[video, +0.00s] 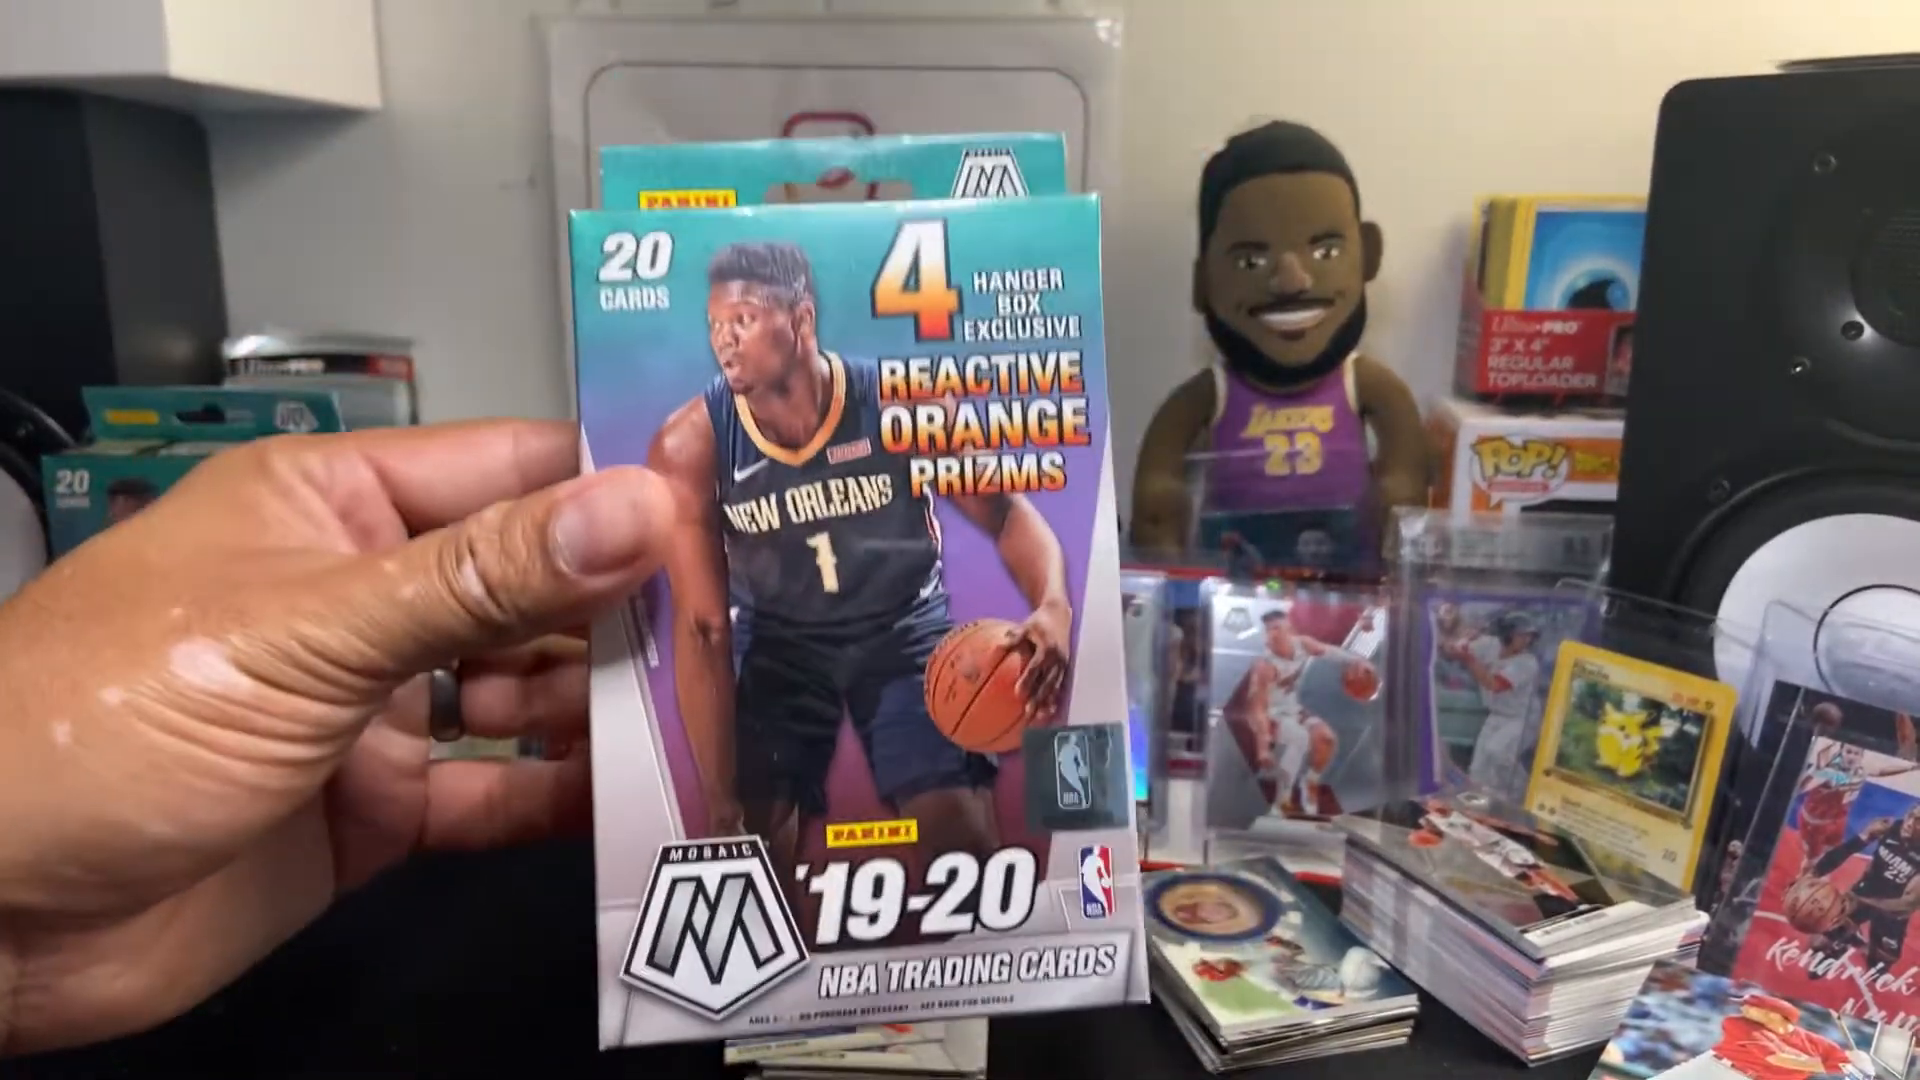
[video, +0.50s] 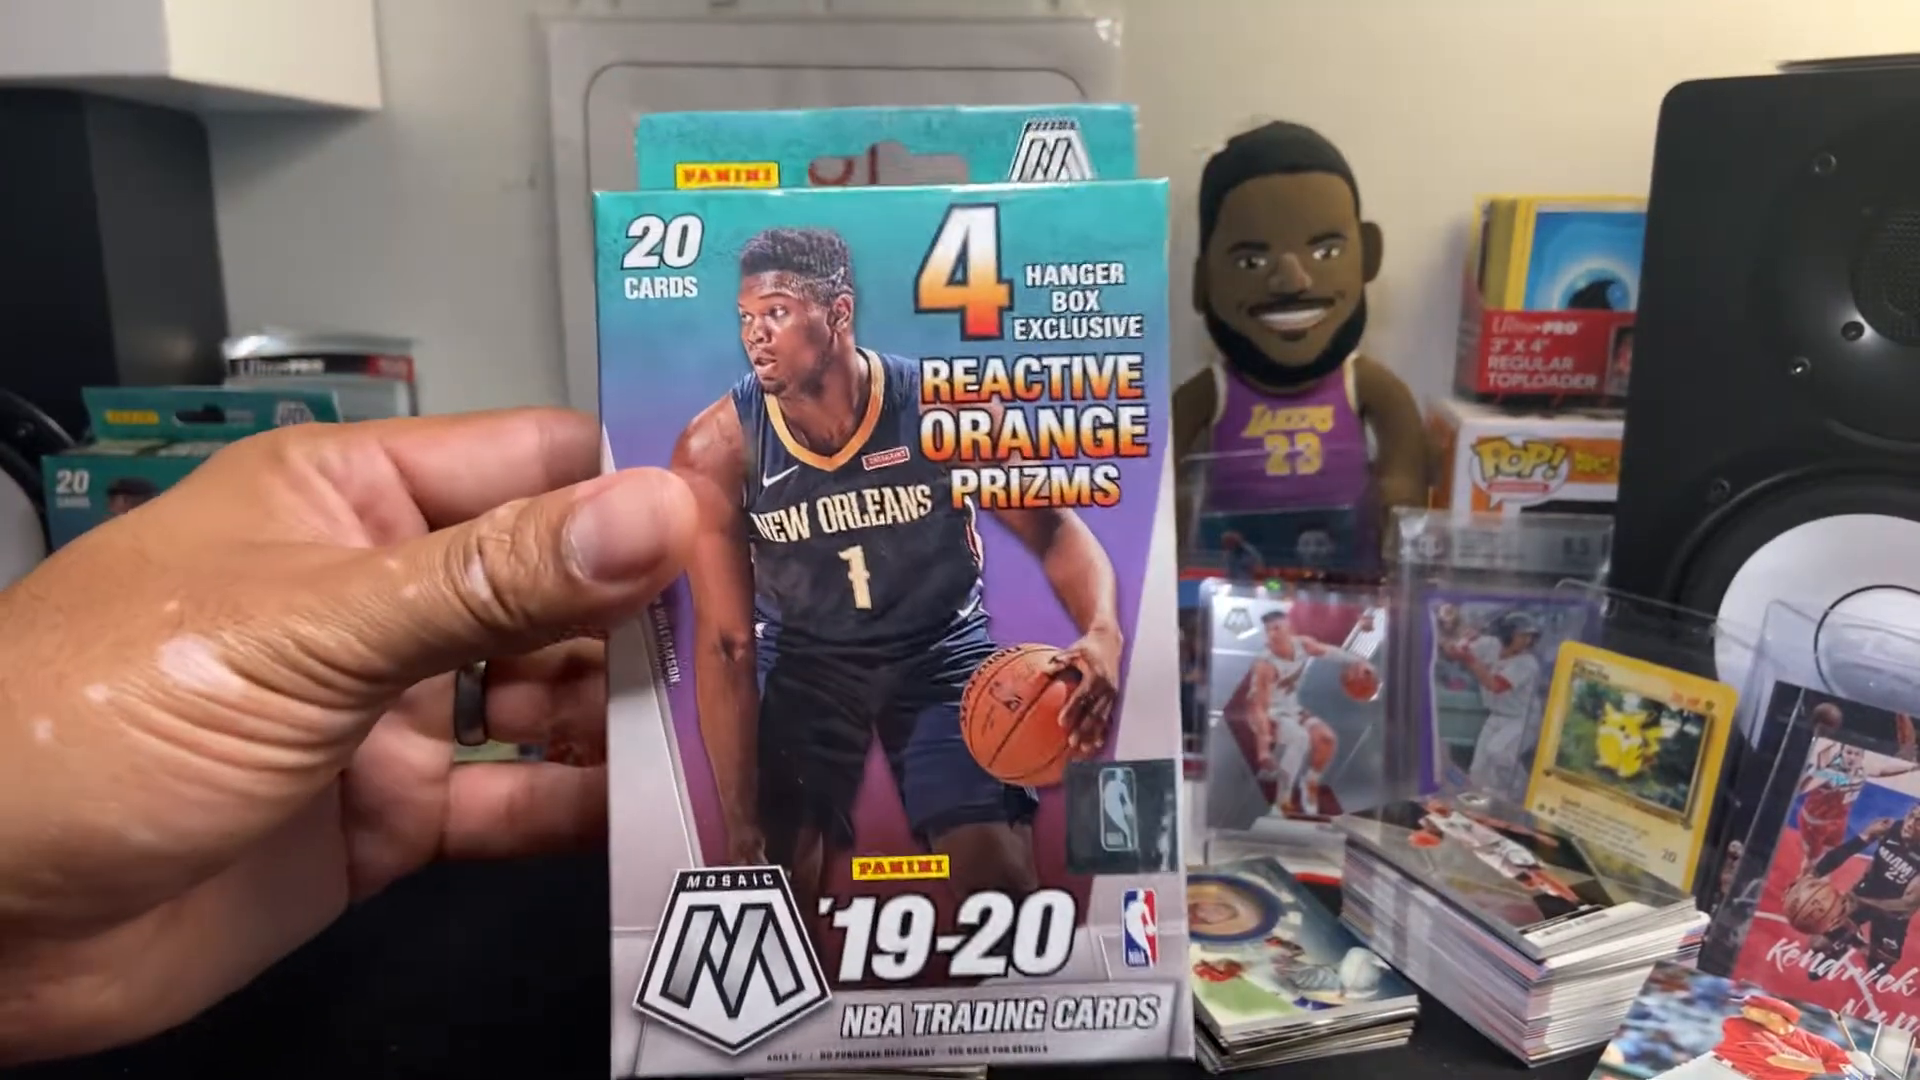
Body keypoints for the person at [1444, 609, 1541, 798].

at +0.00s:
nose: (1527, 640)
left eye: (1529, 636)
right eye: (1522, 635)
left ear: (1532, 638)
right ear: (1509, 635)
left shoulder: (1528, 663)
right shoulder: (1490, 646)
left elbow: (1495, 684)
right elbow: (1457, 649)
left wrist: (1470, 660)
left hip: (1517, 722)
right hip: (1495, 717)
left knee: (1495, 751)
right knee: (1482, 753)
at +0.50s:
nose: (1527, 641)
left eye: (1530, 637)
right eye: (1523, 635)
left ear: (1533, 639)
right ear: (1510, 635)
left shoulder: (1528, 663)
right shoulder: (1491, 646)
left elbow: (1497, 685)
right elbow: (1457, 651)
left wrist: (1471, 661)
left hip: (1518, 722)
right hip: (1495, 718)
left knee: (1496, 752)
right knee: (1479, 763)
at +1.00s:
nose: (1529, 641)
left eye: (1532, 637)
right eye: (1524, 636)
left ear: (1534, 639)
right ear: (1512, 636)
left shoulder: (1530, 663)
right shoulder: (1494, 647)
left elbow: (1498, 685)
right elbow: (1458, 651)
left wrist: (1472, 661)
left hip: (1519, 723)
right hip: (1496, 719)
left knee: (1497, 753)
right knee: (1481, 764)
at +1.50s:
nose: (1526, 640)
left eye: (1528, 636)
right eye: (1521, 635)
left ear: (1529, 638)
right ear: (1508, 634)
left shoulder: (1526, 662)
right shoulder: (1489, 645)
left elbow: (1495, 684)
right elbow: (1453, 649)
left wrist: (1468, 660)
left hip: (1521, 720)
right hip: (1494, 717)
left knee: (1494, 749)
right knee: (1477, 766)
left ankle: (1520, 789)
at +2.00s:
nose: (1529, 641)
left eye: (1532, 637)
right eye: (1525, 636)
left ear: (1535, 639)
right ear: (1514, 636)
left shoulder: (1530, 663)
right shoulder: (1495, 649)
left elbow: (1499, 685)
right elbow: (1462, 651)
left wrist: (1476, 664)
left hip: (1520, 722)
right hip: (1497, 718)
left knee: (1497, 751)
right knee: (1481, 766)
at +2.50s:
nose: (1531, 642)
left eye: (1534, 637)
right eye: (1527, 635)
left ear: (1536, 640)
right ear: (1517, 635)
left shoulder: (1532, 663)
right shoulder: (1495, 648)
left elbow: (1503, 685)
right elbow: (1464, 652)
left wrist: (1476, 665)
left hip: (1524, 722)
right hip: (1500, 719)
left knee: (1500, 753)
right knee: (1483, 763)